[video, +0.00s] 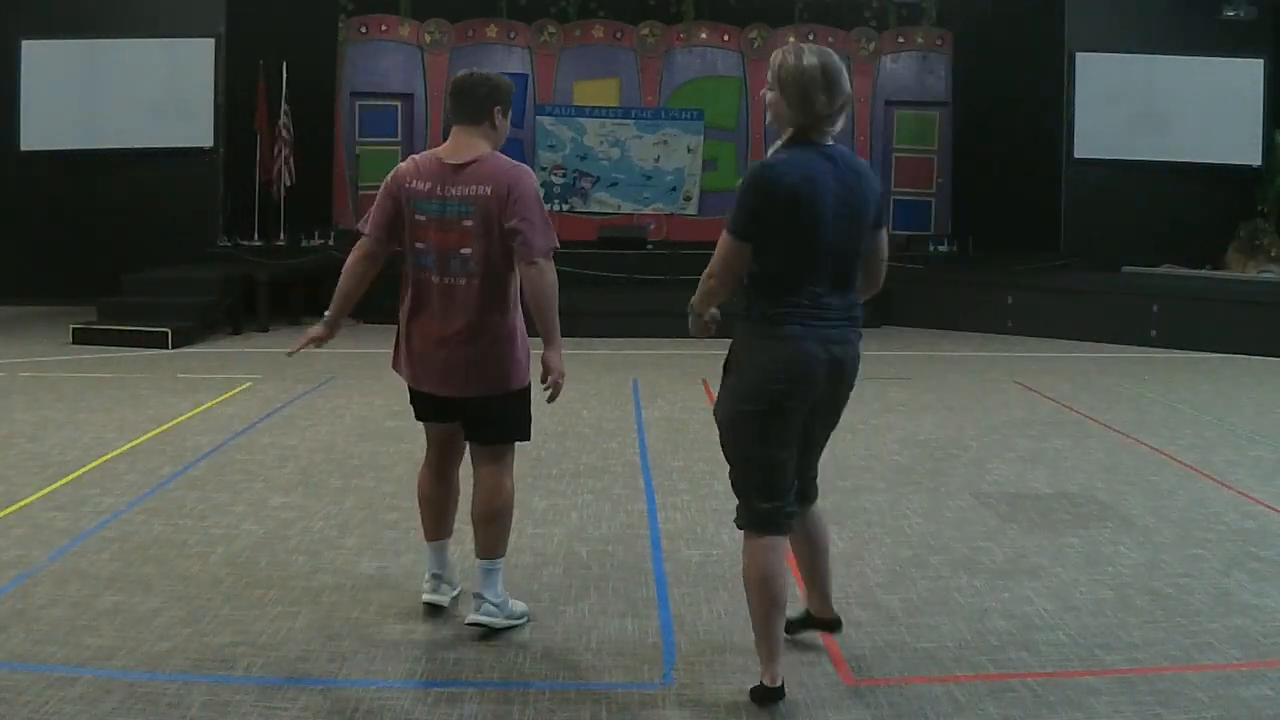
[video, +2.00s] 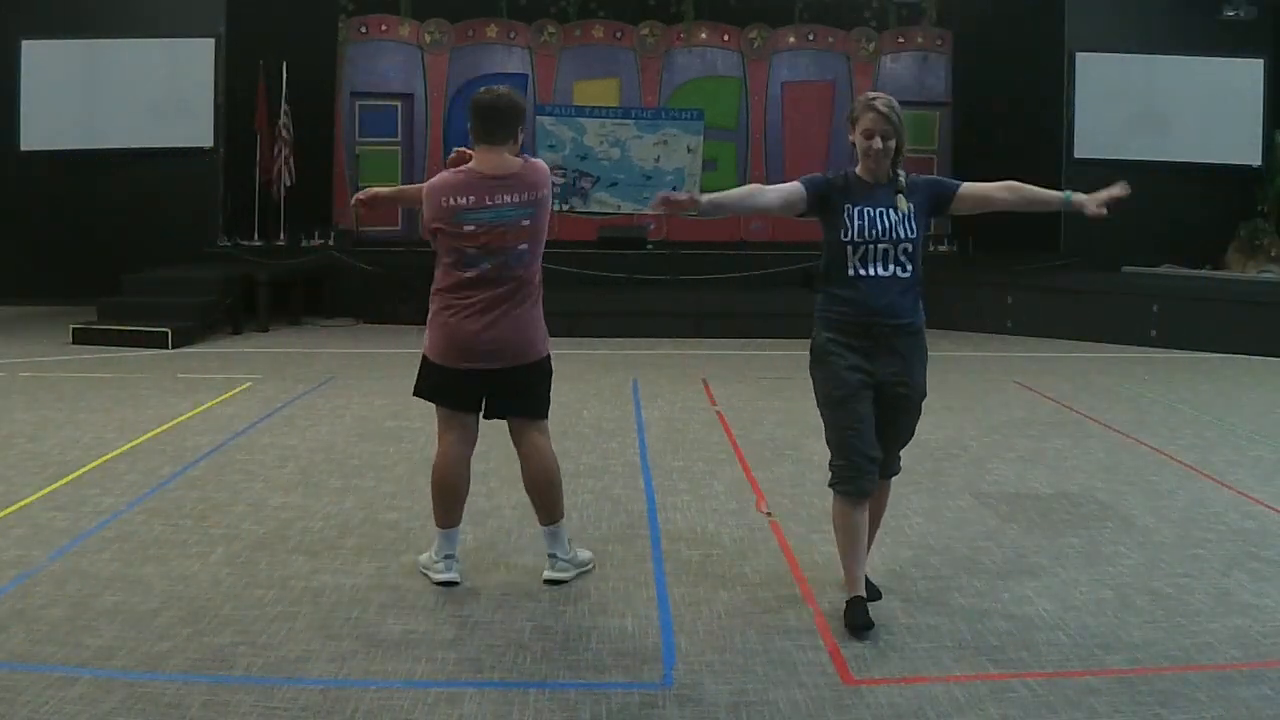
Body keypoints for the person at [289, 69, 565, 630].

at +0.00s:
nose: (509, 125)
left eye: (508, 117)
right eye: (509, 117)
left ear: (450, 115)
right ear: (497, 116)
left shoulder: (407, 174)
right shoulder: (514, 180)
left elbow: (367, 254)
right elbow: (535, 264)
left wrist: (331, 321)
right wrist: (552, 344)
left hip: (425, 352)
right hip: (493, 354)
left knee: (440, 453)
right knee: (493, 464)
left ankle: (437, 579)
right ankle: (490, 596)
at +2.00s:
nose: (525, 136)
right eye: (525, 129)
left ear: (471, 130)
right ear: (520, 133)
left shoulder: (440, 187)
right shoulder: (538, 178)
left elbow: (432, 230)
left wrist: (476, 168)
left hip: (453, 340)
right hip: (521, 339)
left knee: (454, 438)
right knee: (532, 433)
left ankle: (445, 556)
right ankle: (559, 552)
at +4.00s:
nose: (611, 153)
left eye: (610, 145)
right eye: (600, 146)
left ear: (584, 159)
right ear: (570, 159)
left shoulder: (578, 194)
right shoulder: (580, 210)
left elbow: (629, 214)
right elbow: (623, 276)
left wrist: (684, 212)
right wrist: (649, 228)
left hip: (522, 348)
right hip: (567, 354)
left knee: (499, 446)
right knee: (603, 444)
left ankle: (415, 527)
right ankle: (566, 553)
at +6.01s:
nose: (479, 137)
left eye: (479, 130)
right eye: (480, 130)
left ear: (428, 121)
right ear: (471, 127)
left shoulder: (375, 168)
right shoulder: (478, 182)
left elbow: (343, 239)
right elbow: (516, 243)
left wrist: (338, 299)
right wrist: (552, 299)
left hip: (404, 335)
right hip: (473, 324)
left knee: (414, 447)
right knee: (521, 398)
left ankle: (439, 557)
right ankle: (539, 334)